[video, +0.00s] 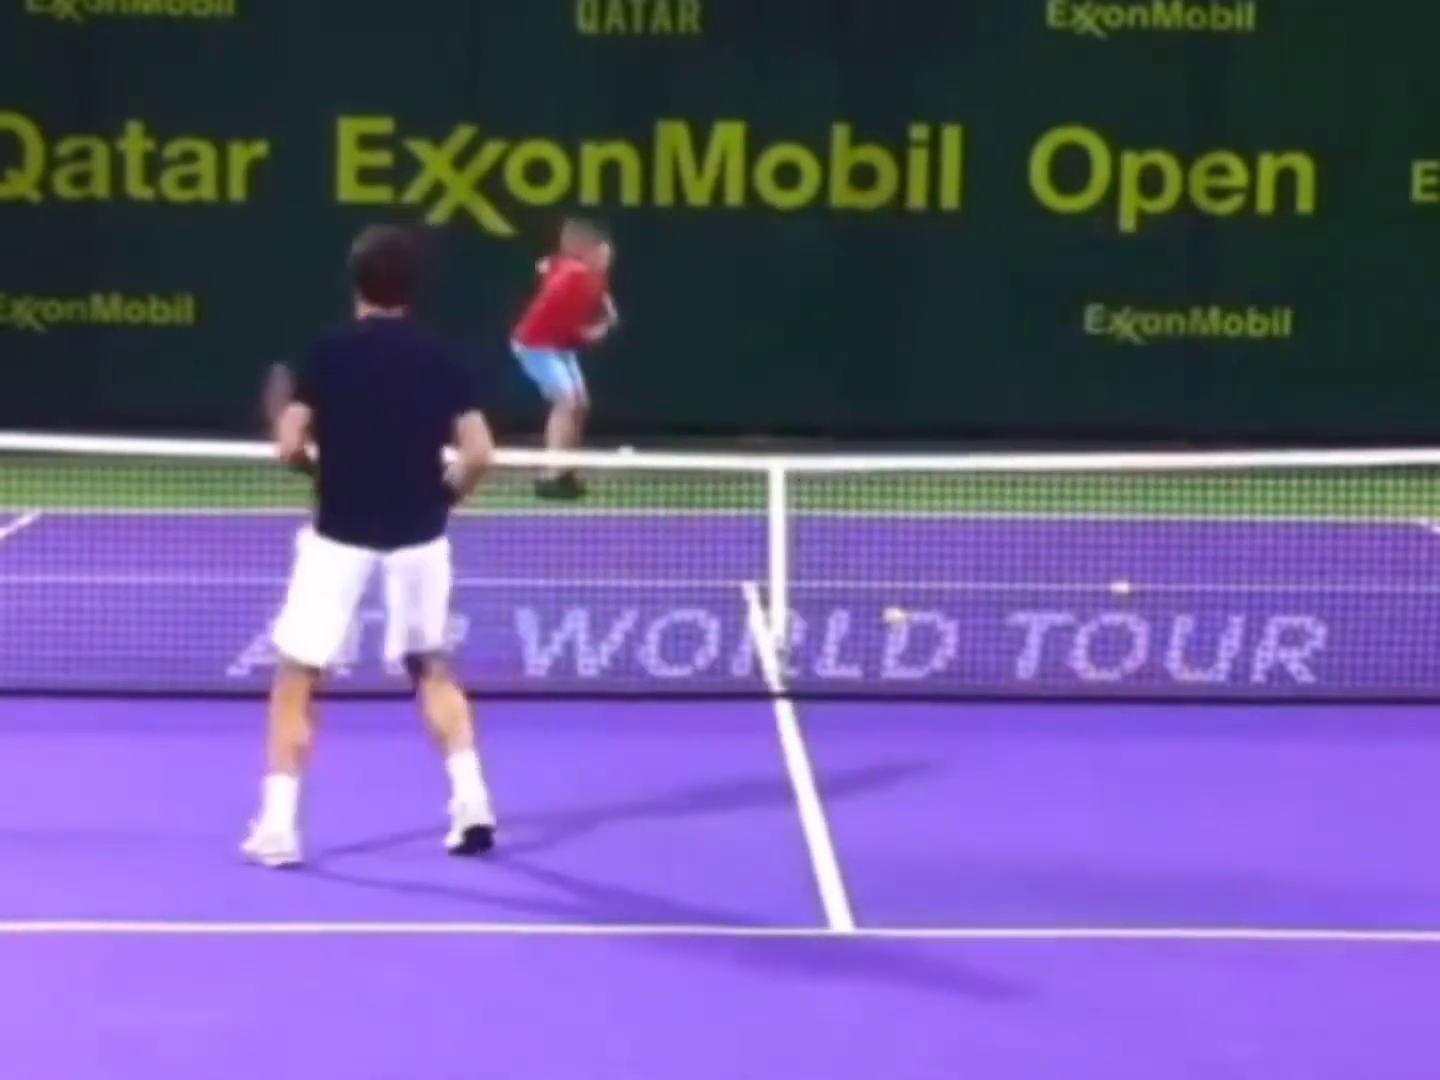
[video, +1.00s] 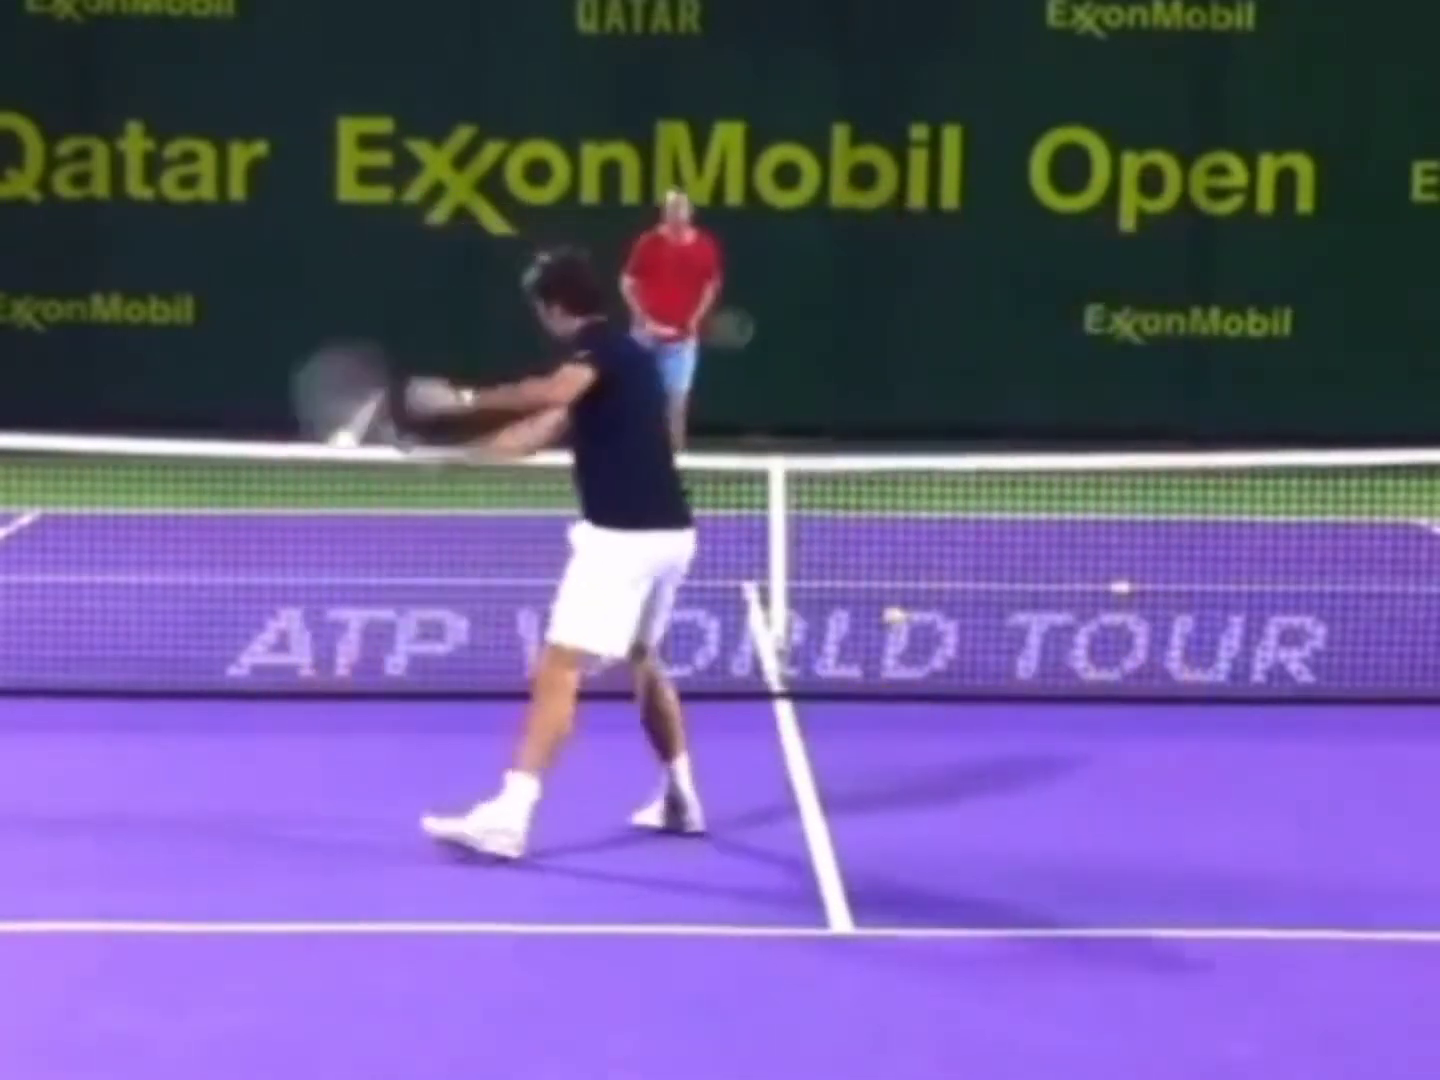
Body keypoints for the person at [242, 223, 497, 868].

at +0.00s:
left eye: (362, 281)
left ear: (355, 287)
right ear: (413, 289)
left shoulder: (328, 353)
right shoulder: (436, 357)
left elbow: (288, 442)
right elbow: (479, 451)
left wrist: (317, 460)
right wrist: (450, 490)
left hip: (340, 538)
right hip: (421, 538)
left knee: (296, 675)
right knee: (432, 668)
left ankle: (279, 821)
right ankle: (471, 796)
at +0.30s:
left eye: (398, 260)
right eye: (424, 261)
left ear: (382, 267)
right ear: (438, 269)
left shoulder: (343, 327)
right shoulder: (460, 334)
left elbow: (297, 417)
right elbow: (499, 425)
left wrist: (347, 431)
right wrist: (474, 470)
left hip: (354, 515)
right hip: (436, 513)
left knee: (299, 652)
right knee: (499, 647)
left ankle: (238, 807)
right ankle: (562, 795)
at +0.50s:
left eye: (428, 307)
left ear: (418, 315)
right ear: (474, 316)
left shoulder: (387, 380)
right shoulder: (503, 388)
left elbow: (351, 472)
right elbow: (536, 494)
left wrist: (394, 480)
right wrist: (501, 499)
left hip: (401, 566)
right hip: (491, 565)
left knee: (328, 681)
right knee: (559, 680)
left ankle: (247, 808)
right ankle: (575, 820)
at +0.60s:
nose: (455, 295)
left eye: (448, 286)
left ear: (443, 291)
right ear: (497, 288)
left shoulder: (432, 355)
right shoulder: (534, 351)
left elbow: (400, 438)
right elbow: (550, 438)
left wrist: (382, 417)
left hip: (452, 535)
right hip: (532, 537)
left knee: (380, 657)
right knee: (560, 673)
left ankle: (366, 803)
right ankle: (579, 813)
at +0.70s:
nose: (465, 285)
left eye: (465, 275)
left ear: (470, 280)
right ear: (521, 278)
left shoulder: (474, 338)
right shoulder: (549, 338)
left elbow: (443, 412)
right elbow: (508, 440)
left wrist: (400, 385)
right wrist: (410, 437)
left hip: (495, 524)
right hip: (561, 521)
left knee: (435, 653)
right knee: (563, 658)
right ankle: (623, 773)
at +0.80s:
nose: (460, 300)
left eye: (463, 289)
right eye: (462, 289)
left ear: (477, 291)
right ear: (528, 281)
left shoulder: (519, 339)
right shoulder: (558, 336)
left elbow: (487, 406)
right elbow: (491, 392)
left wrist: (406, 398)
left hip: (529, 528)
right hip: (587, 527)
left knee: (465, 658)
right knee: (588, 657)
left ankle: (487, 813)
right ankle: (667, 780)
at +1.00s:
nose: (541, 318)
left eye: (542, 306)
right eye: (541, 306)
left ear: (558, 304)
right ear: (597, 295)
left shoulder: (595, 350)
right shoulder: (630, 354)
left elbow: (552, 394)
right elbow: (543, 428)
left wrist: (463, 401)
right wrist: (464, 444)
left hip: (618, 535)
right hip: (670, 533)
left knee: (559, 666)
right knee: (645, 663)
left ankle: (512, 810)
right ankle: (681, 793)